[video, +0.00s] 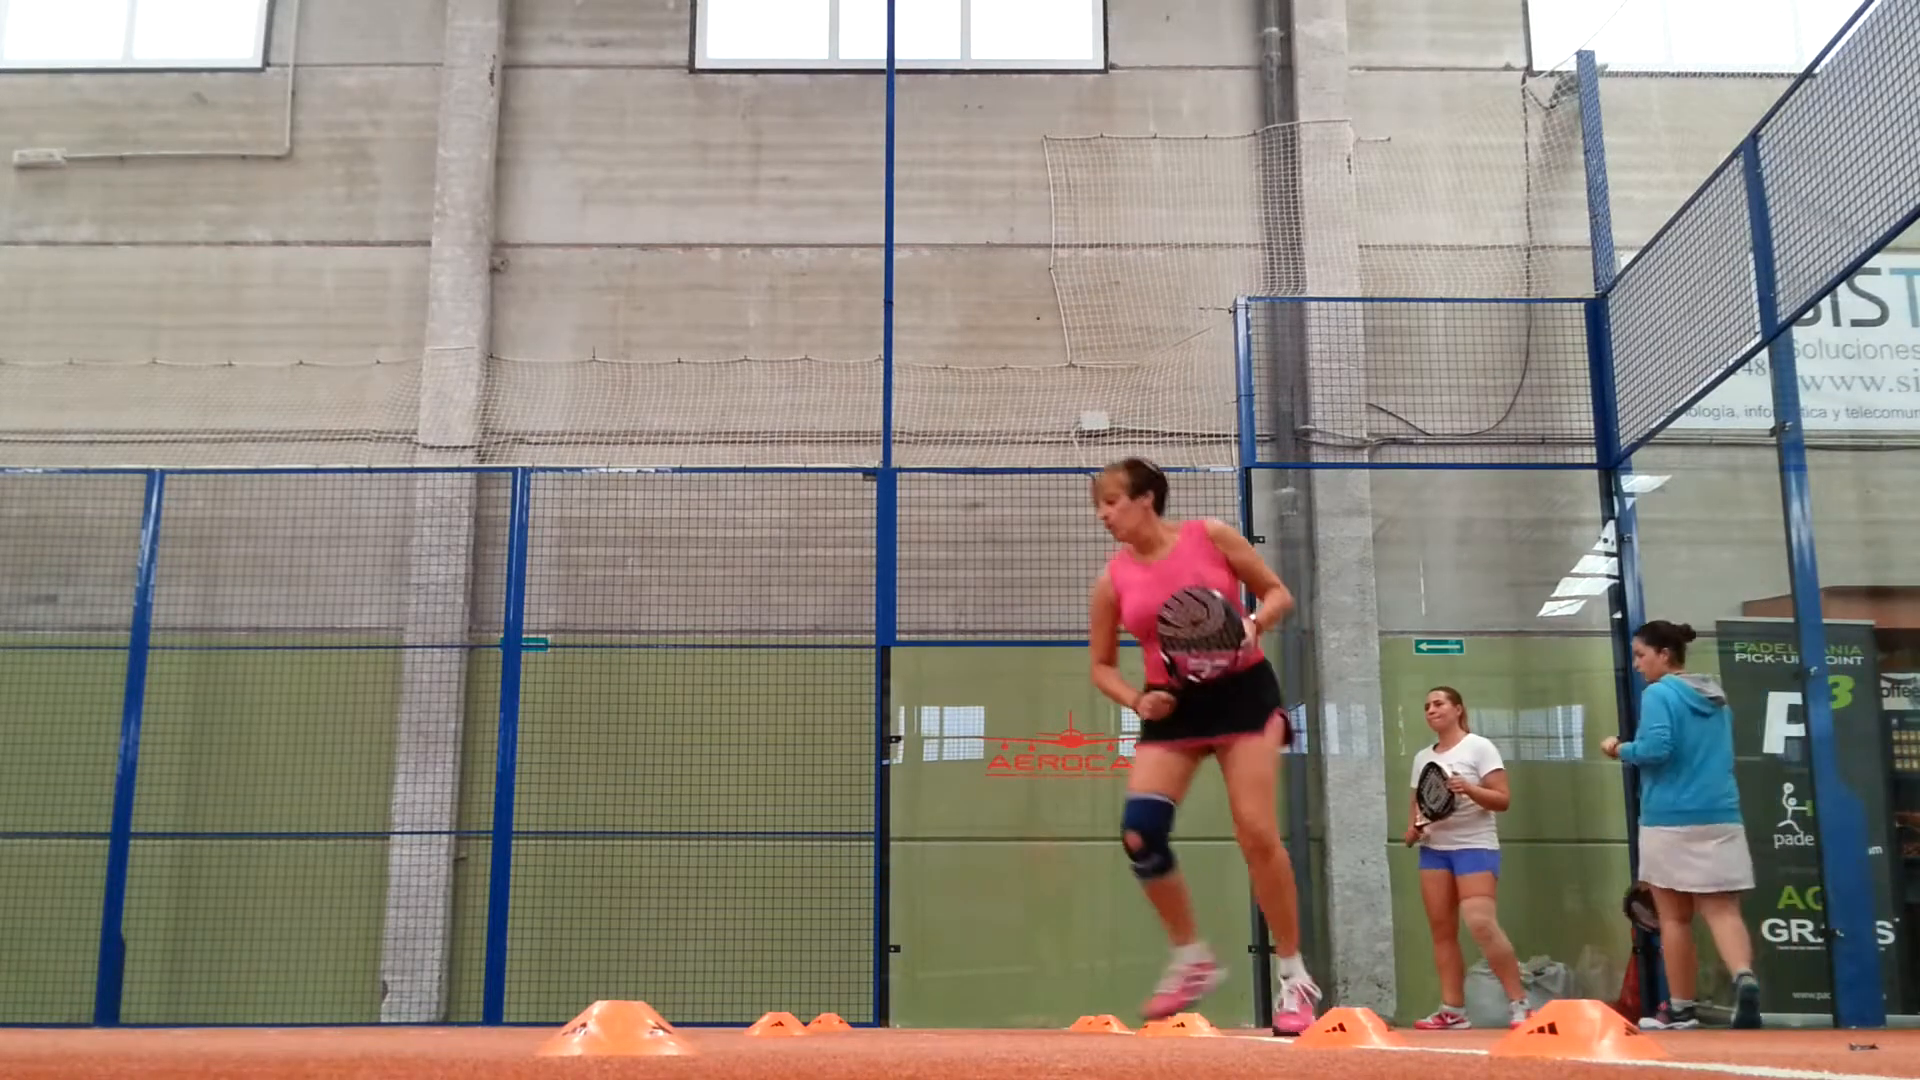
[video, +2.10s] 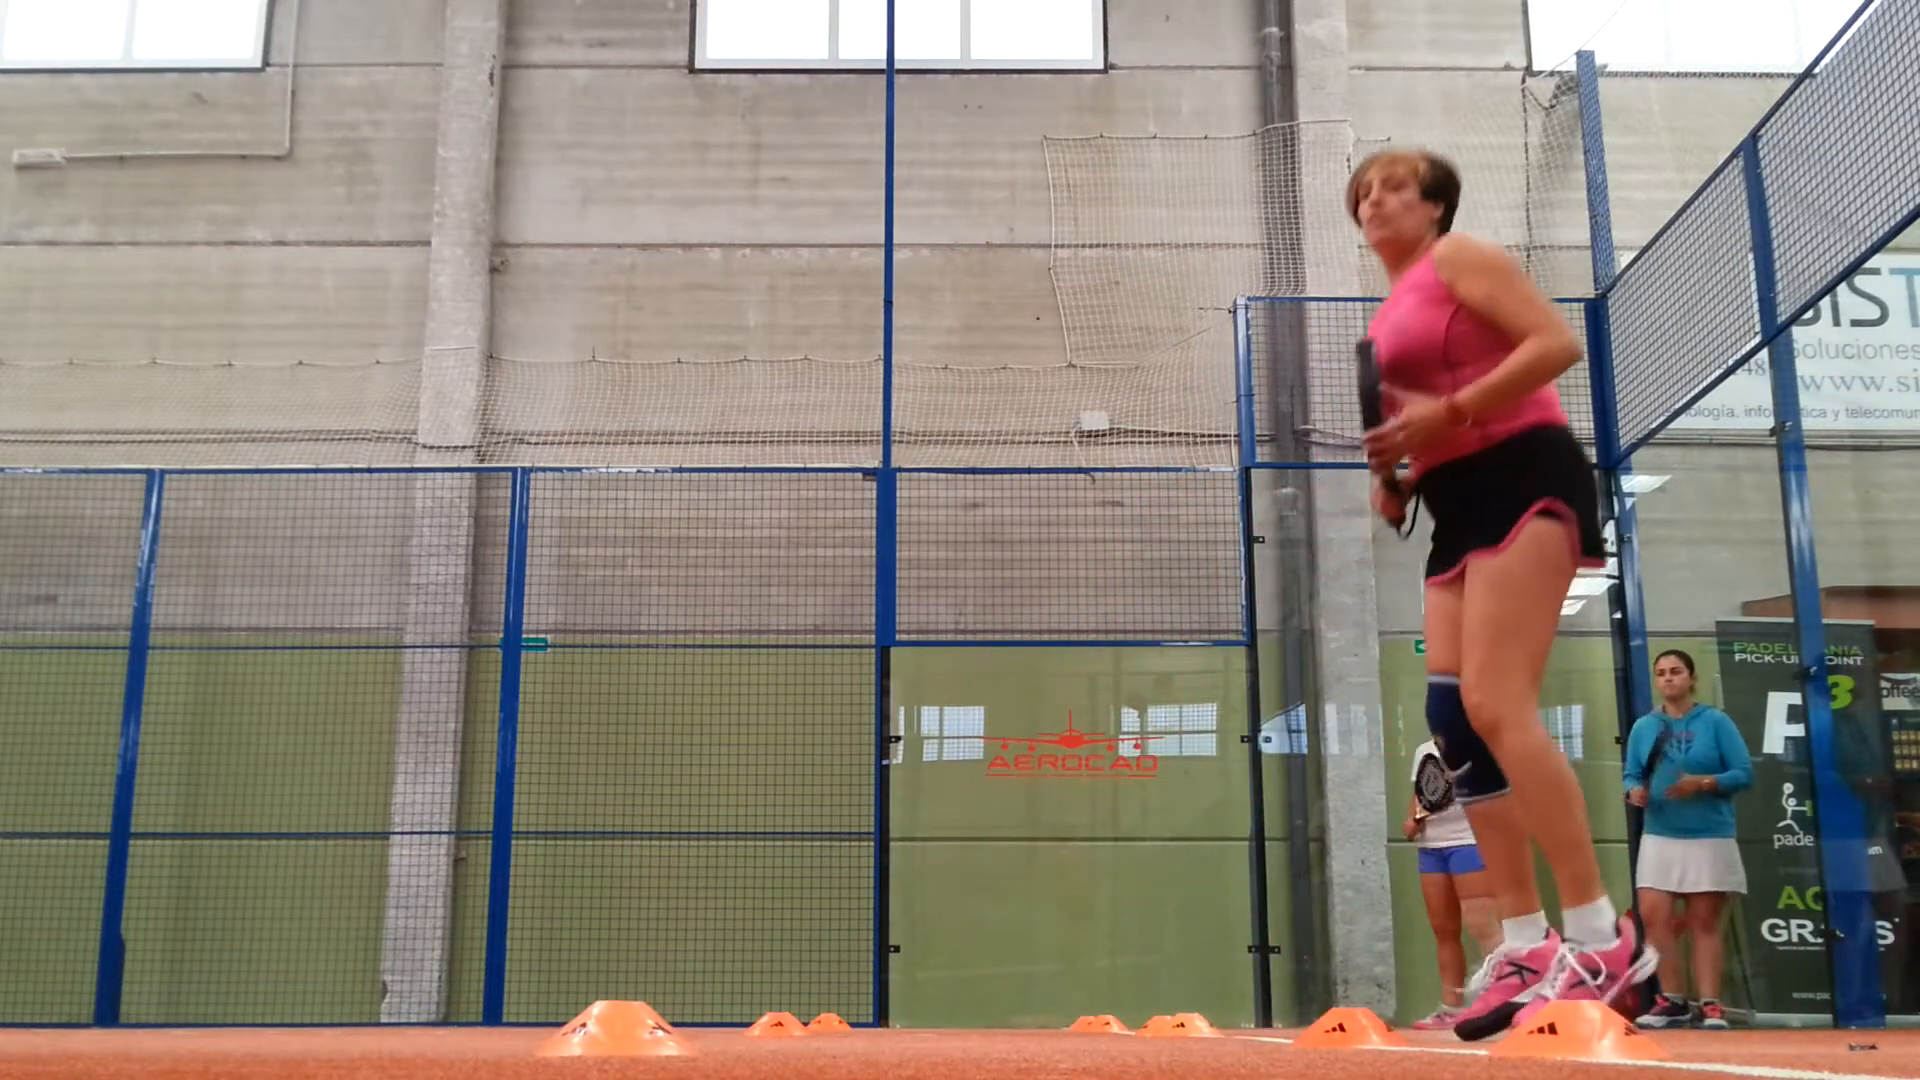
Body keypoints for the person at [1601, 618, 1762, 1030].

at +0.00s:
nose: (1636, 664)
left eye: (1640, 655)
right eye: (1635, 656)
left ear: (1664, 654)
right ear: (1671, 656)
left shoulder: (1659, 692)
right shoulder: (1713, 693)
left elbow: (1657, 748)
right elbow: (1723, 756)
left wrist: (1619, 749)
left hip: (1669, 819)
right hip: (1720, 814)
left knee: (1673, 918)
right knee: (1723, 906)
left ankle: (1681, 1010)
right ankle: (1744, 976)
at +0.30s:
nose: (1622, 666)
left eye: (1629, 658)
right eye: (1620, 659)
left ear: (1653, 659)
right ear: (1653, 663)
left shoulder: (1646, 698)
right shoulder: (1679, 696)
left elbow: (1633, 760)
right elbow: (1670, 759)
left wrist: (1618, 780)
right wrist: (1629, 778)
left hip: (1663, 815)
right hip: (1694, 813)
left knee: (1671, 914)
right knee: (1681, 911)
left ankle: (1681, 1006)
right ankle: (1702, 999)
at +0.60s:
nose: (1621, 674)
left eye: (1629, 666)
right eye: (1617, 667)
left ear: (1650, 670)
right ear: (1615, 673)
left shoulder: (1658, 704)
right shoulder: (1626, 718)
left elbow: (1648, 762)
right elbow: (1614, 779)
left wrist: (1613, 786)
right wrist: (1602, 832)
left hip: (1667, 816)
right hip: (1650, 819)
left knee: (1662, 908)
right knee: (1662, 911)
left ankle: (1680, 1005)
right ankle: (1674, 1004)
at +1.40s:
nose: (1649, 676)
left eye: (1656, 669)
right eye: (1642, 670)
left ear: (1670, 675)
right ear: (1633, 679)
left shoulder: (1691, 714)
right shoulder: (1626, 724)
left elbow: (1710, 765)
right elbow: (1628, 769)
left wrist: (1657, 771)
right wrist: (1629, 818)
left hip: (1699, 828)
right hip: (1654, 832)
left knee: (1704, 918)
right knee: (1665, 919)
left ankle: (1711, 1002)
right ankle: (1673, 1007)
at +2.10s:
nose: (1668, 679)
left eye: (1675, 672)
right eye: (1662, 674)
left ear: (1692, 678)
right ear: (1655, 683)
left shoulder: (1716, 722)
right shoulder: (1644, 727)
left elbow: (1744, 774)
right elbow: (1632, 773)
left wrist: (1704, 783)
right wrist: (1635, 789)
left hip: (1708, 837)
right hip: (1659, 837)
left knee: (1705, 918)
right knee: (1653, 914)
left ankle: (1709, 1003)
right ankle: (1672, 1000)